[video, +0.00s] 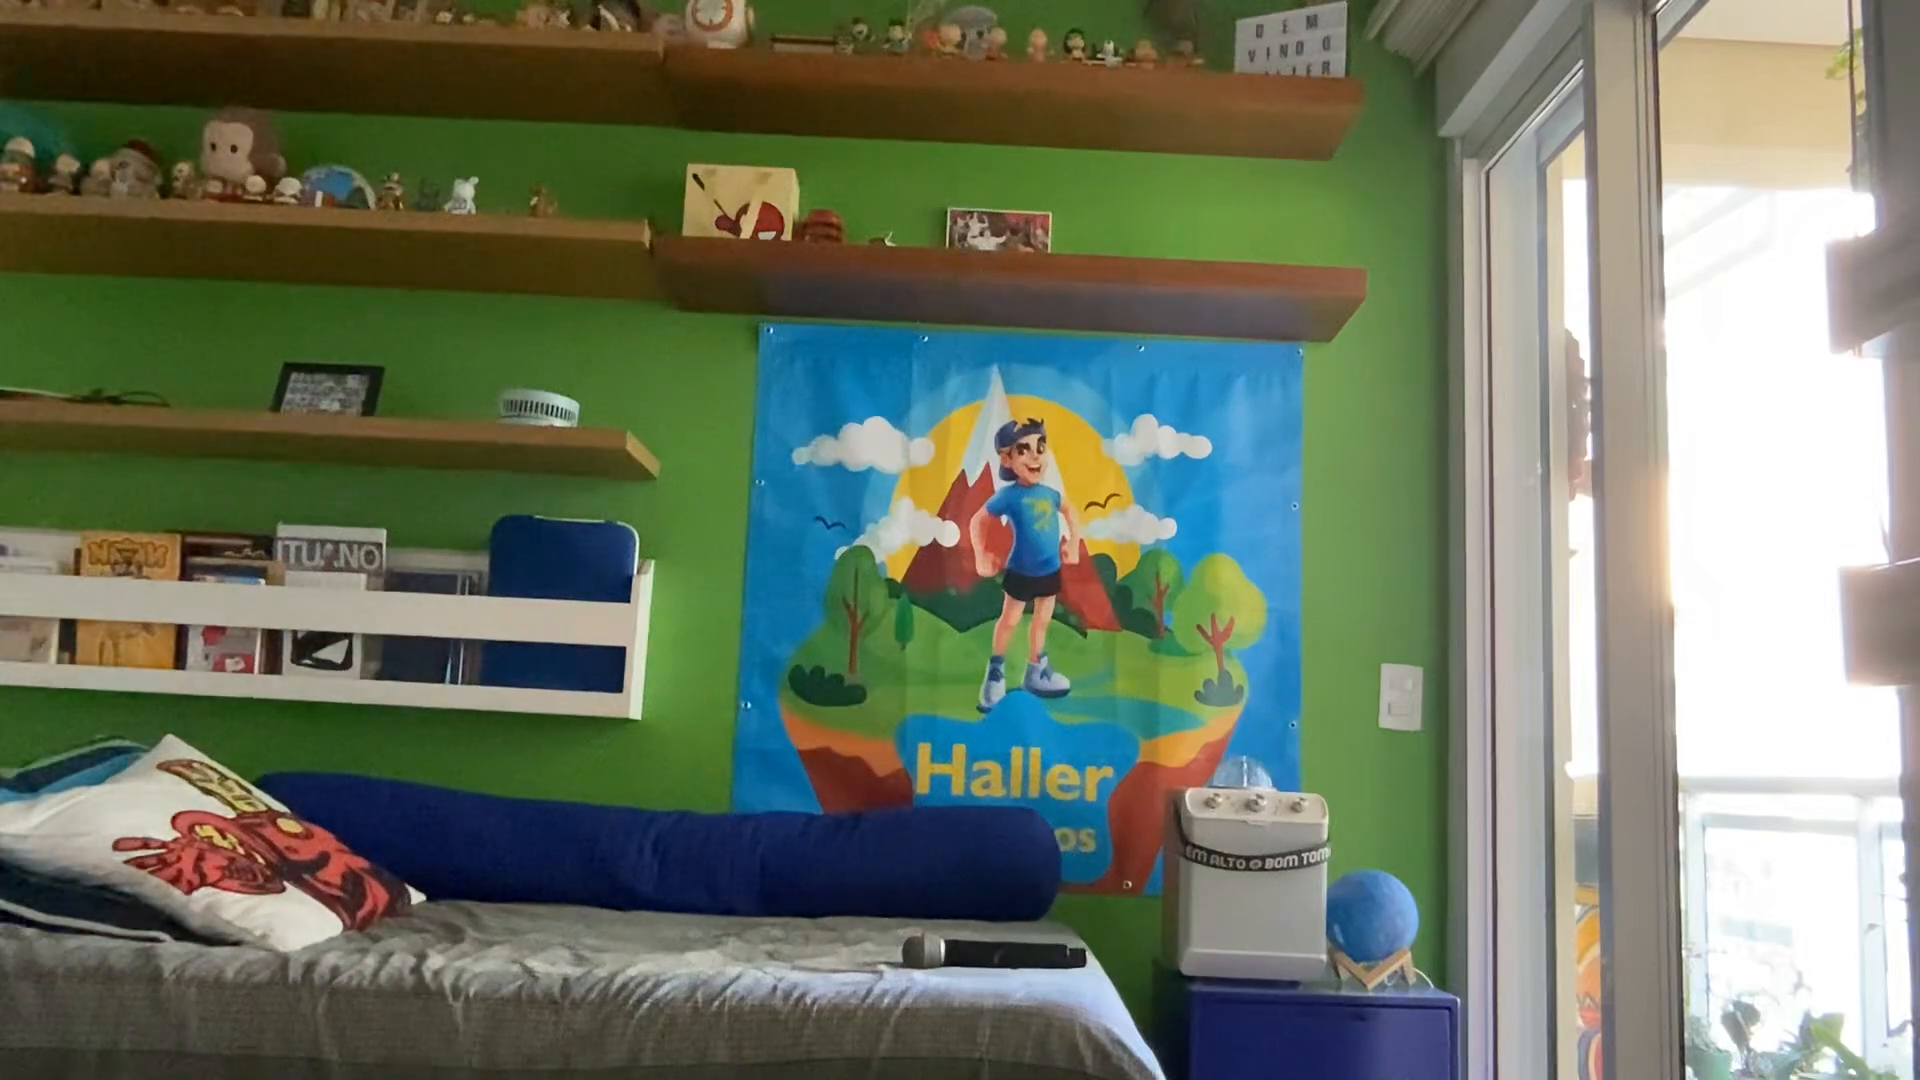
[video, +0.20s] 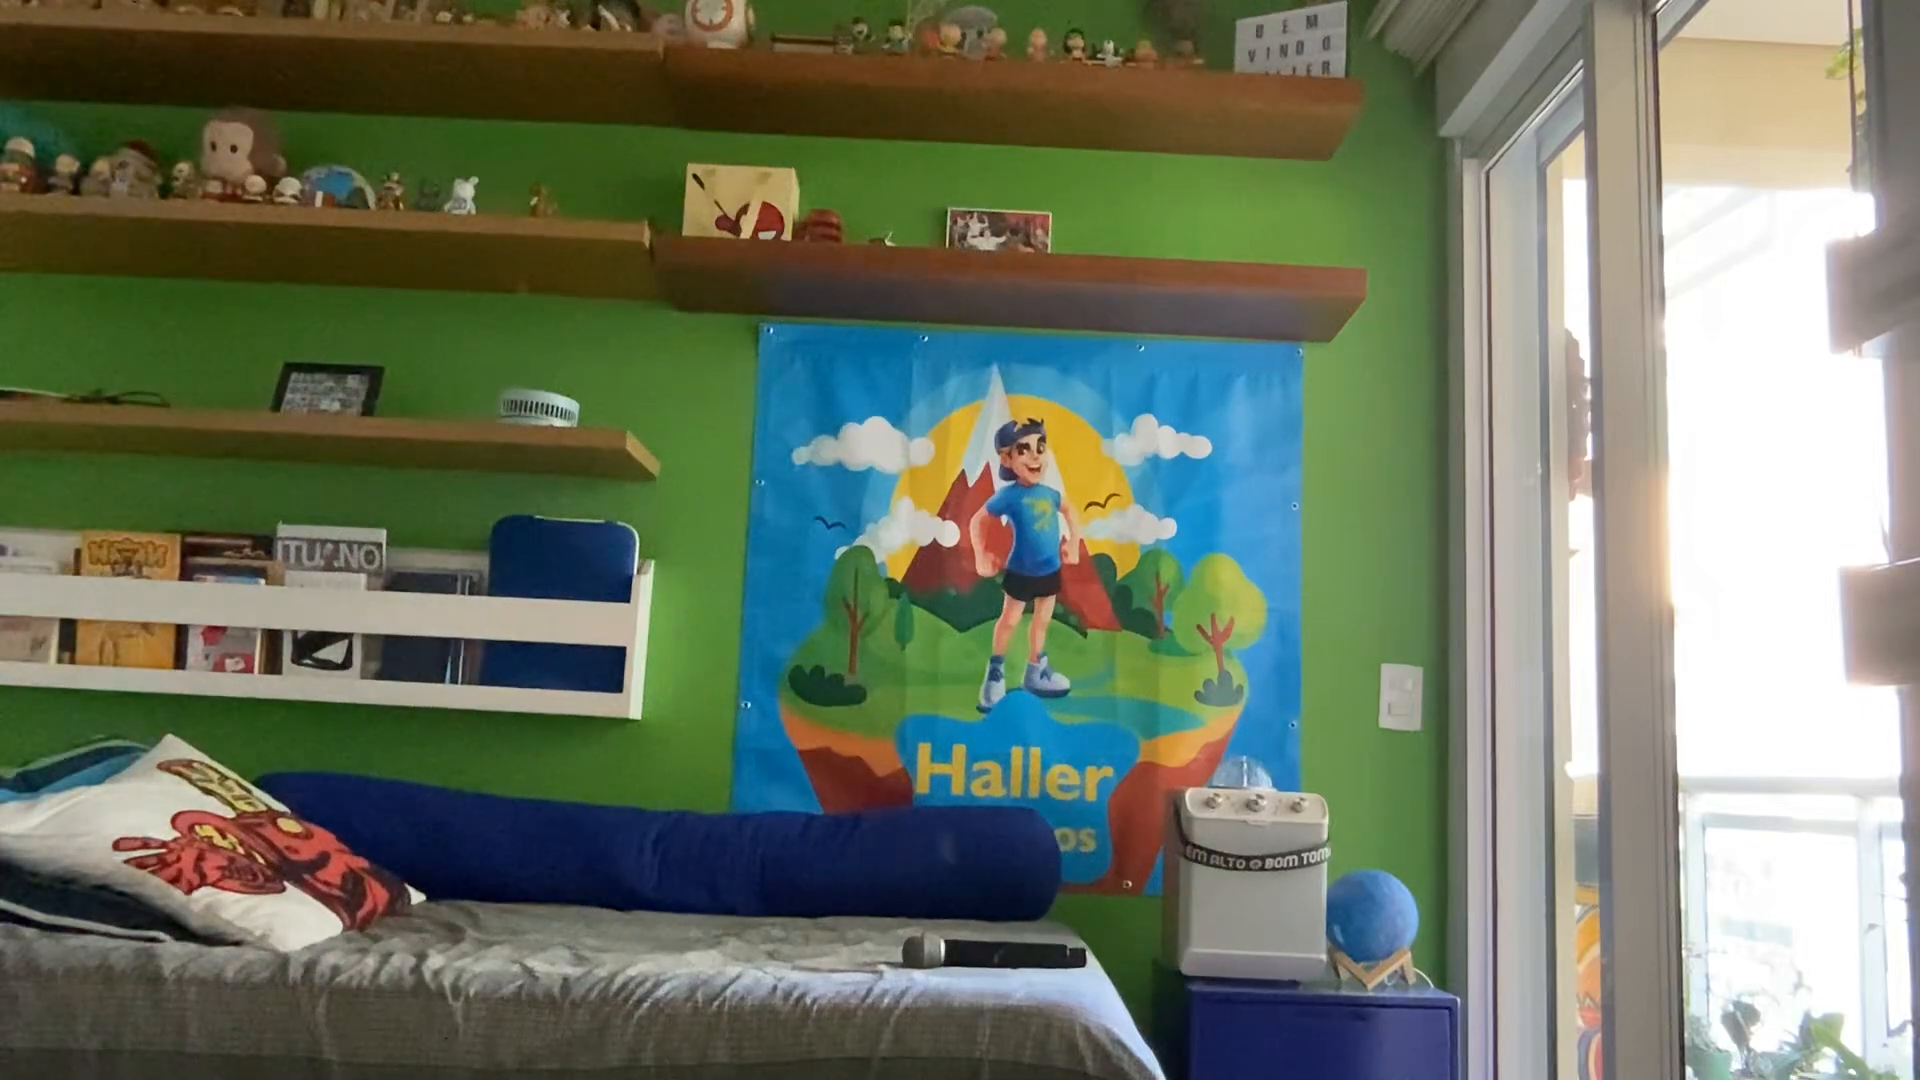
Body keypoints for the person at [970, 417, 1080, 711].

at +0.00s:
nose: (1034, 458)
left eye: (1040, 450)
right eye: (1024, 450)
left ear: (1046, 455)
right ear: (1008, 459)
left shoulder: (1050, 494)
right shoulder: (1007, 496)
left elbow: (1071, 514)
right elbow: (977, 521)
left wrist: (1074, 542)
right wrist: (980, 555)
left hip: (1049, 570)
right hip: (1020, 571)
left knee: (1043, 618)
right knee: (1010, 619)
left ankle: (1036, 670)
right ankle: (996, 671)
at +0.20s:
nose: (1034, 458)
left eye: (1040, 449)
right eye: (1024, 451)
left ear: (1047, 455)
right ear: (1008, 459)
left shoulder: (1050, 494)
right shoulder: (1008, 495)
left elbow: (1070, 513)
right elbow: (977, 521)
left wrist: (1074, 542)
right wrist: (980, 555)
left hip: (1049, 570)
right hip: (1020, 571)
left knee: (1043, 618)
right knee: (1010, 620)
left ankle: (1036, 670)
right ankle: (995, 671)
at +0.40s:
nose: (1034, 458)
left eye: (1040, 450)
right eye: (1024, 450)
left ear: (1047, 455)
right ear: (1008, 459)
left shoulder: (1050, 494)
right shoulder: (1008, 496)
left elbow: (1070, 513)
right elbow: (977, 521)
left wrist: (1074, 542)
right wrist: (980, 555)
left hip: (1049, 570)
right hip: (1020, 571)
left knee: (1043, 618)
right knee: (1010, 619)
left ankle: (1036, 670)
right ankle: (996, 671)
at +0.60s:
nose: (1034, 458)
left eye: (1040, 450)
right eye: (1024, 450)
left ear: (1046, 455)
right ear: (1008, 459)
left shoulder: (1050, 494)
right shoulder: (1008, 496)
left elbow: (1070, 513)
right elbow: (977, 521)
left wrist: (1074, 542)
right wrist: (980, 555)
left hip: (1049, 570)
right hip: (1020, 571)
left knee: (1043, 618)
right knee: (1010, 619)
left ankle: (1036, 670)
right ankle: (995, 672)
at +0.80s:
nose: (1034, 458)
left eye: (1040, 450)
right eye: (1024, 451)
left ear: (1047, 455)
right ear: (1008, 459)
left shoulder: (1050, 494)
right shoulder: (1008, 496)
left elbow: (1070, 512)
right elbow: (977, 521)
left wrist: (1074, 541)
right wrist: (980, 555)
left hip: (1049, 570)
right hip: (1020, 571)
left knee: (1043, 618)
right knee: (1010, 619)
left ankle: (1036, 670)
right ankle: (995, 672)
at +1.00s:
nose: (1034, 458)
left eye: (1040, 450)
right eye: (1024, 450)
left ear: (1046, 455)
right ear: (1008, 459)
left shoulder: (1050, 494)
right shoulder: (1007, 496)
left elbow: (1070, 513)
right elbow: (977, 521)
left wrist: (1074, 542)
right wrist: (980, 555)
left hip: (1049, 570)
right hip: (1020, 571)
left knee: (1043, 618)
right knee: (1010, 619)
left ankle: (1036, 670)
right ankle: (995, 671)